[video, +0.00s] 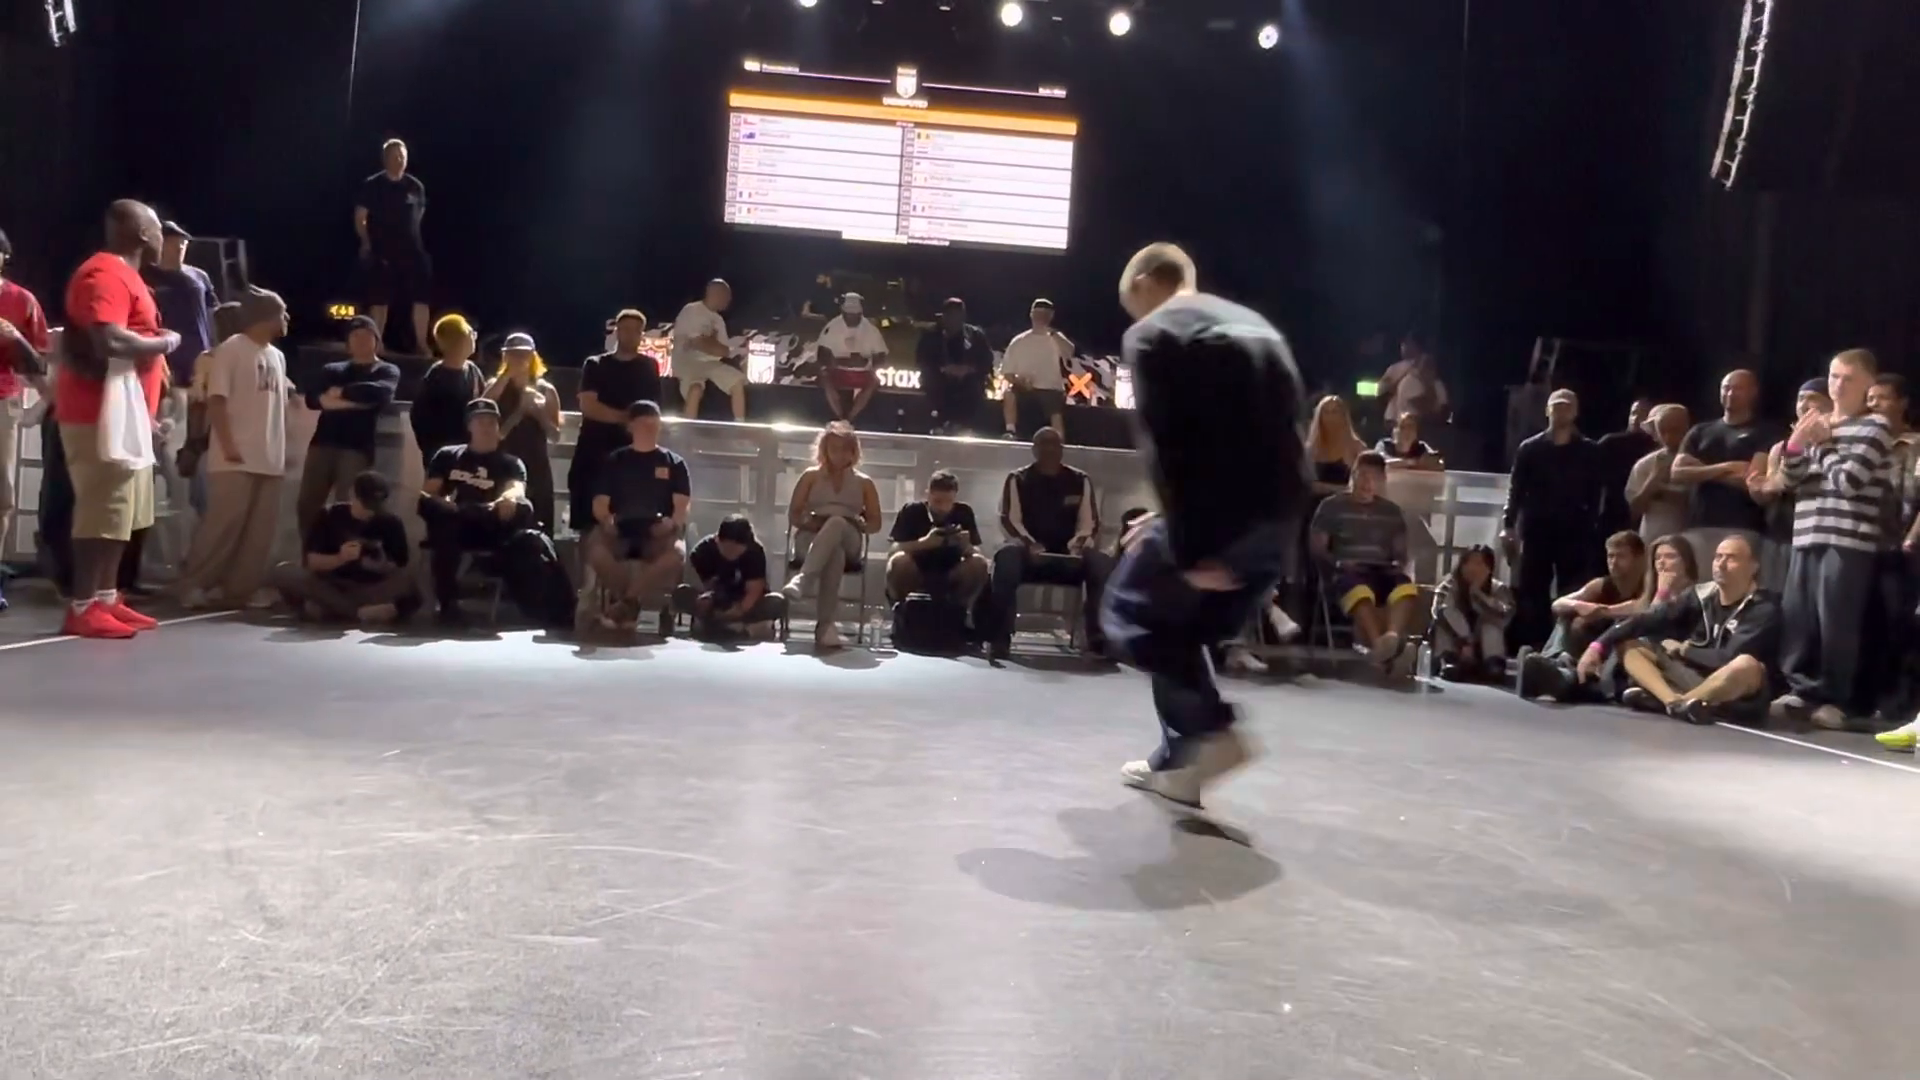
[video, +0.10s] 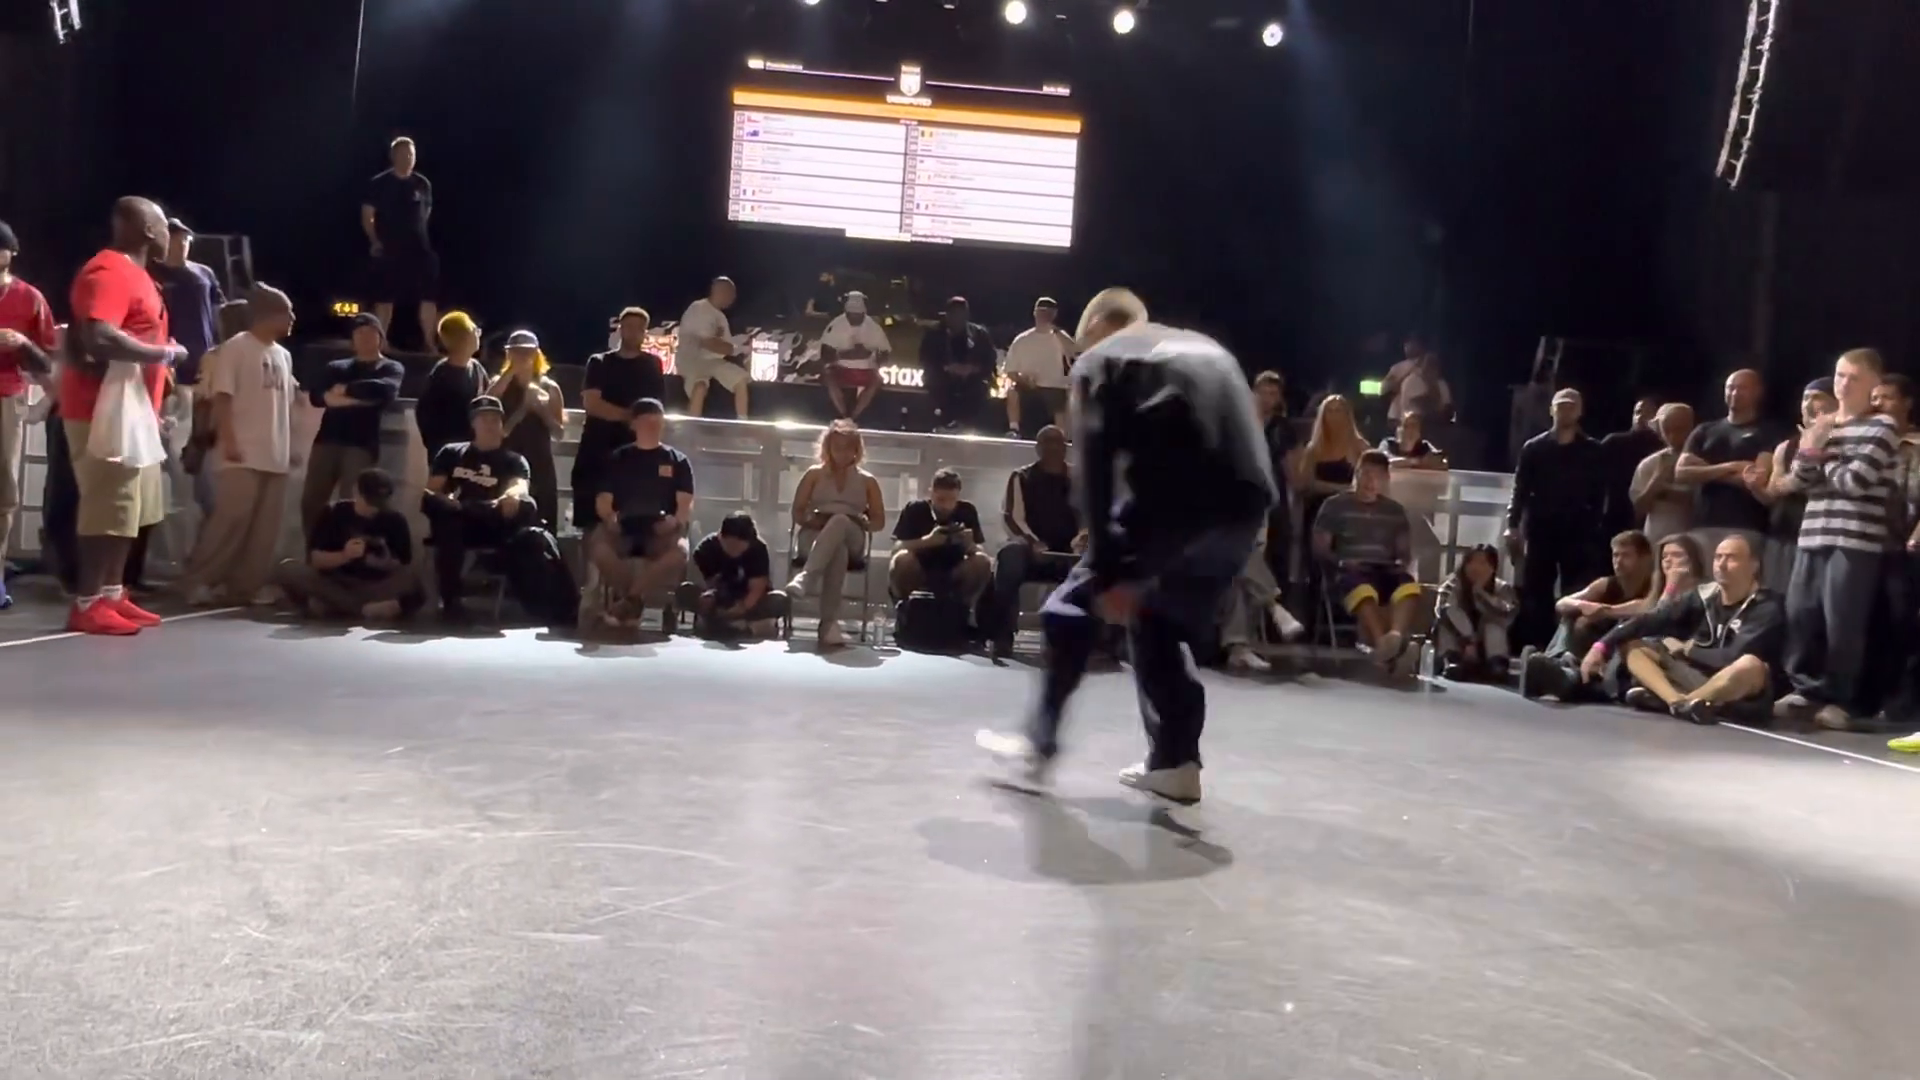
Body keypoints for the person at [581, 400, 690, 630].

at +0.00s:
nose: (648, 428)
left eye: (652, 423)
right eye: (642, 423)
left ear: (659, 426)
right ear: (631, 427)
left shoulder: (674, 463)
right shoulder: (614, 460)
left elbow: (681, 507)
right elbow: (599, 504)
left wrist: (670, 525)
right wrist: (611, 524)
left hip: (656, 523)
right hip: (621, 523)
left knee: (676, 554)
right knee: (596, 548)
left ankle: (626, 603)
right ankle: (629, 604)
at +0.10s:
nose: (652, 426)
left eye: (656, 420)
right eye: (646, 420)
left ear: (663, 423)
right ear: (634, 424)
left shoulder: (677, 460)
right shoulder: (617, 458)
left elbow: (684, 504)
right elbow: (603, 501)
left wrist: (674, 523)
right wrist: (614, 522)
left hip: (660, 522)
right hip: (624, 522)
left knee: (679, 552)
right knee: (598, 545)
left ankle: (629, 600)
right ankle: (632, 600)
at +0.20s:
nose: (654, 424)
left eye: (658, 419)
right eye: (648, 419)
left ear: (665, 421)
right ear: (636, 422)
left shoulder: (679, 458)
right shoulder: (619, 456)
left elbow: (687, 503)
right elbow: (605, 500)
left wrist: (676, 521)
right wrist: (616, 520)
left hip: (662, 520)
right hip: (626, 520)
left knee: (681, 549)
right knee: (601, 543)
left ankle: (632, 598)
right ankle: (635, 599)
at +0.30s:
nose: (656, 423)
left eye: (660, 417)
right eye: (650, 417)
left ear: (667, 420)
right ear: (638, 421)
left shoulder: (681, 457)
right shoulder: (621, 454)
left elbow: (688, 502)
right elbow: (607, 498)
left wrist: (677, 519)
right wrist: (619, 520)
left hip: (664, 518)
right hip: (628, 517)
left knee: (683, 547)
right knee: (603, 542)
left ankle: (633, 596)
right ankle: (637, 596)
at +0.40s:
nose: (658, 421)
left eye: (662, 416)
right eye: (652, 416)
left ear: (668, 419)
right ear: (640, 419)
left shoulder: (683, 456)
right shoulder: (622, 454)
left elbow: (690, 502)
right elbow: (609, 499)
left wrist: (678, 518)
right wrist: (621, 517)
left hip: (666, 515)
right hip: (629, 514)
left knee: (685, 547)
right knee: (605, 542)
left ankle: (634, 595)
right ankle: (638, 596)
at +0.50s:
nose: (660, 421)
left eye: (664, 416)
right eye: (654, 416)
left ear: (670, 418)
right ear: (641, 419)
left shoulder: (684, 455)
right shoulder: (624, 453)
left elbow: (691, 500)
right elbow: (610, 497)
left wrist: (680, 516)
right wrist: (621, 516)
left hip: (667, 515)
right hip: (631, 514)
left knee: (686, 545)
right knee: (606, 538)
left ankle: (635, 593)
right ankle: (639, 594)